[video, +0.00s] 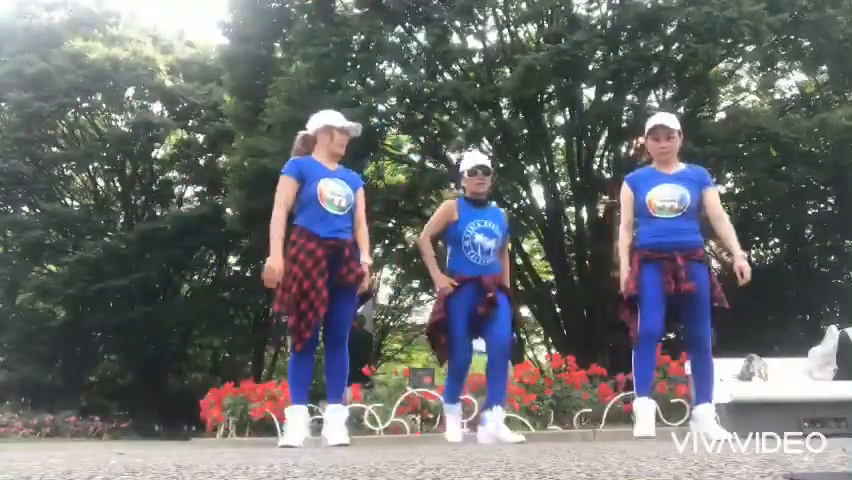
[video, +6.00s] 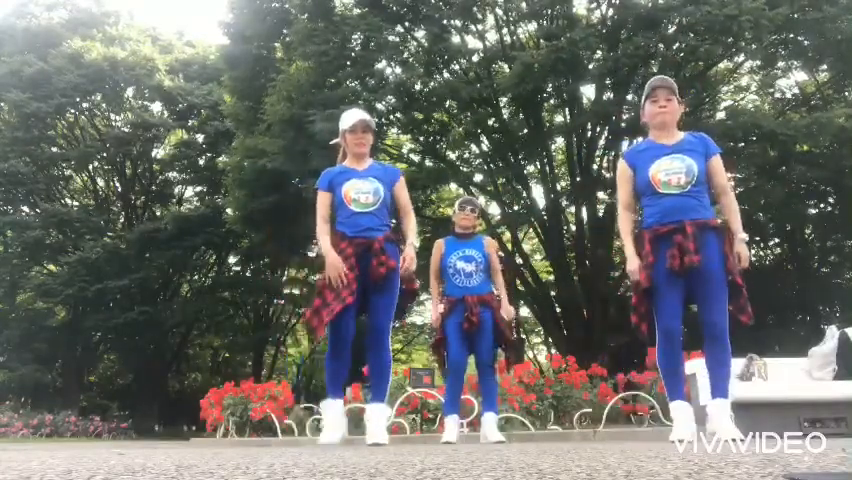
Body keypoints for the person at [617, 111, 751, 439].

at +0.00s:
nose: (664, 141)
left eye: (669, 135)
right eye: (657, 136)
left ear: (679, 139)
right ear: (646, 142)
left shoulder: (698, 175)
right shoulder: (633, 181)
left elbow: (718, 216)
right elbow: (626, 227)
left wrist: (737, 253)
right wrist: (625, 266)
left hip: (693, 260)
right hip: (651, 261)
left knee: (701, 336)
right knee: (650, 330)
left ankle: (703, 411)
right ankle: (643, 405)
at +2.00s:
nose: (656, 127)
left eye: (661, 121)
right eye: (649, 123)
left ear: (673, 126)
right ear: (640, 133)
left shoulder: (695, 156)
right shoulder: (630, 167)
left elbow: (718, 196)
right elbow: (612, 211)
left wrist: (714, 219)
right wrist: (628, 229)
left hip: (697, 245)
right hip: (655, 249)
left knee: (711, 331)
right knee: (656, 334)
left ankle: (719, 414)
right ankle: (657, 414)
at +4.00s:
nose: (602, 181)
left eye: (609, 176)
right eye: (597, 177)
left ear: (619, 180)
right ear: (591, 182)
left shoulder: (630, 202)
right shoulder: (591, 217)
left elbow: (649, 238)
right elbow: (587, 256)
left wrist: (664, 277)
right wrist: (586, 291)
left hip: (637, 274)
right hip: (610, 281)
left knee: (628, 341)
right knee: (613, 352)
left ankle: (667, 405)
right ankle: (634, 420)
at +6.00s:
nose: (661, 104)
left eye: (668, 99)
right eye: (654, 100)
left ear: (680, 108)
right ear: (643, 113)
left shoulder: (701, 142)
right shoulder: (631, 155)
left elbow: (724, 191)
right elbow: (625, 208)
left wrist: (739, 236)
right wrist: (630, 252)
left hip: (705, 237)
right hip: (659, 241)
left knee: (717, 324)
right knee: (669, 328)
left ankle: (720, 410)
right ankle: (679, 413)